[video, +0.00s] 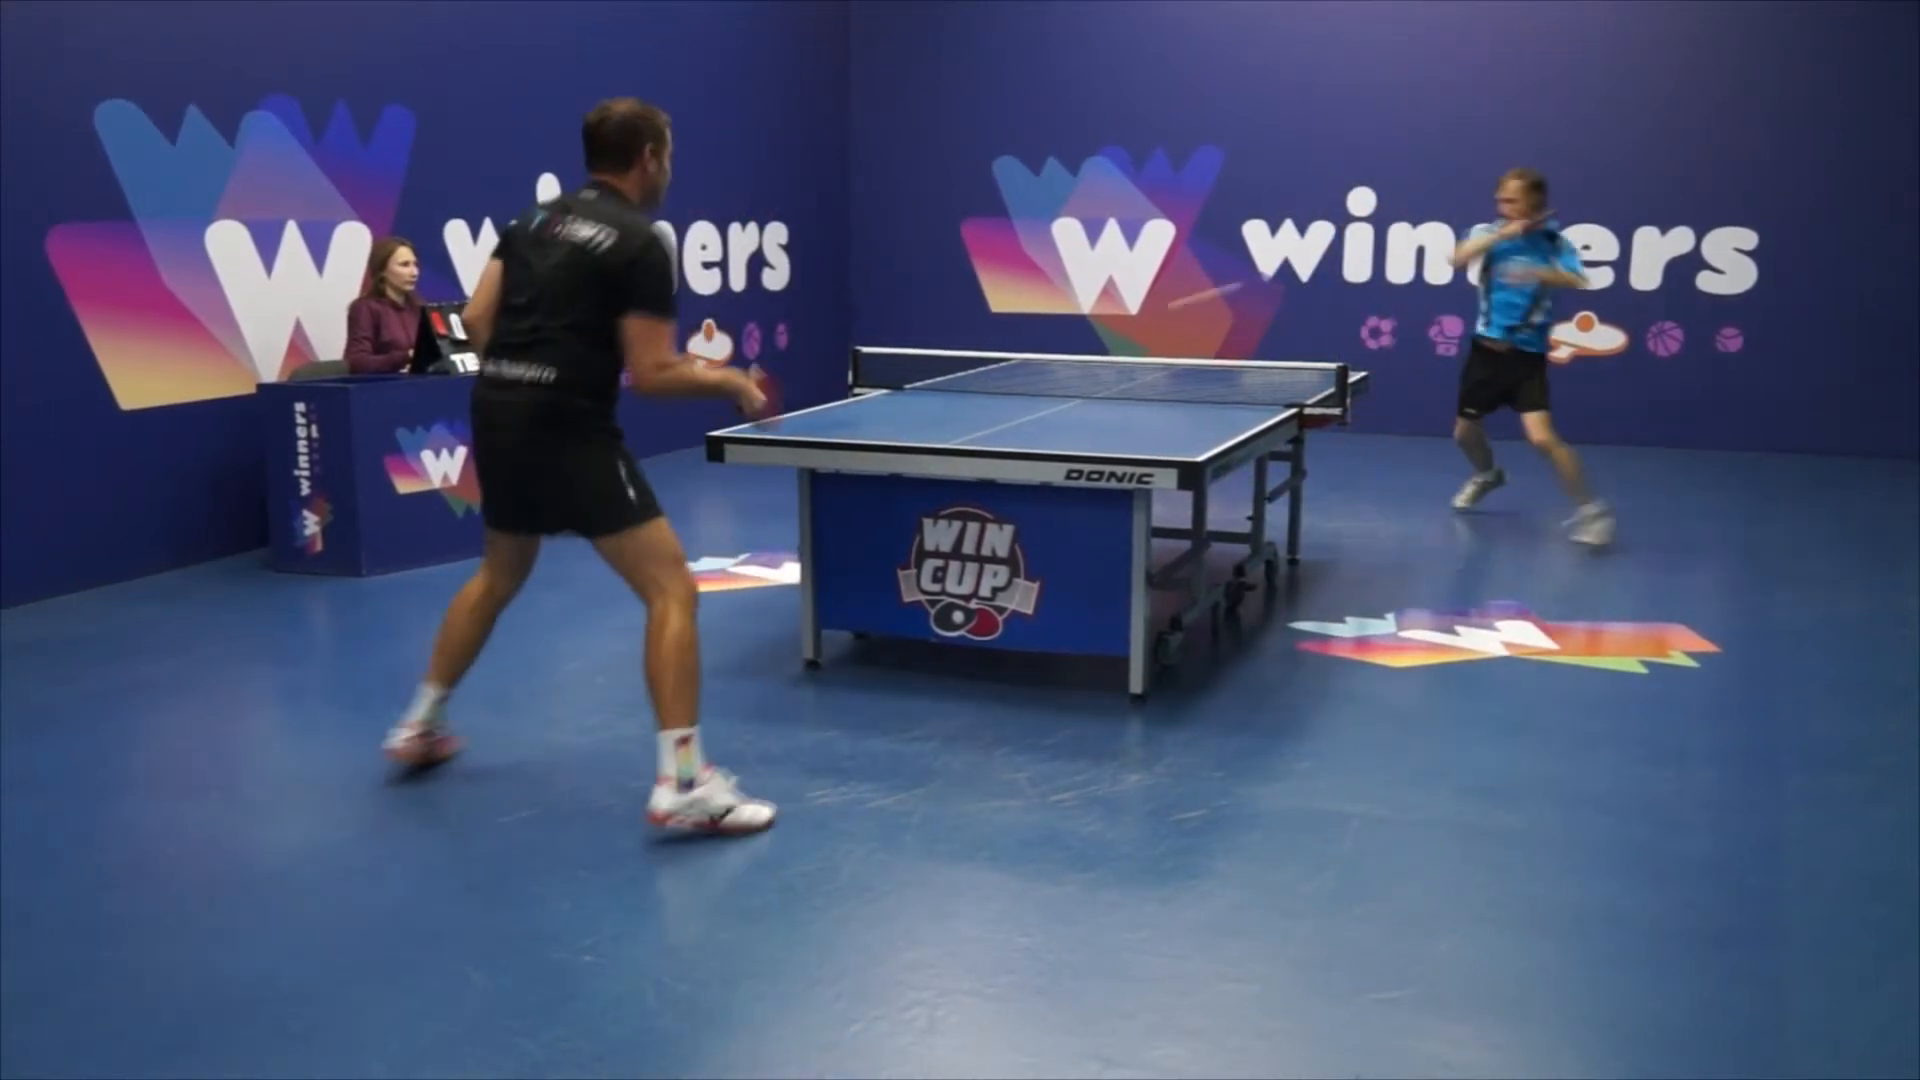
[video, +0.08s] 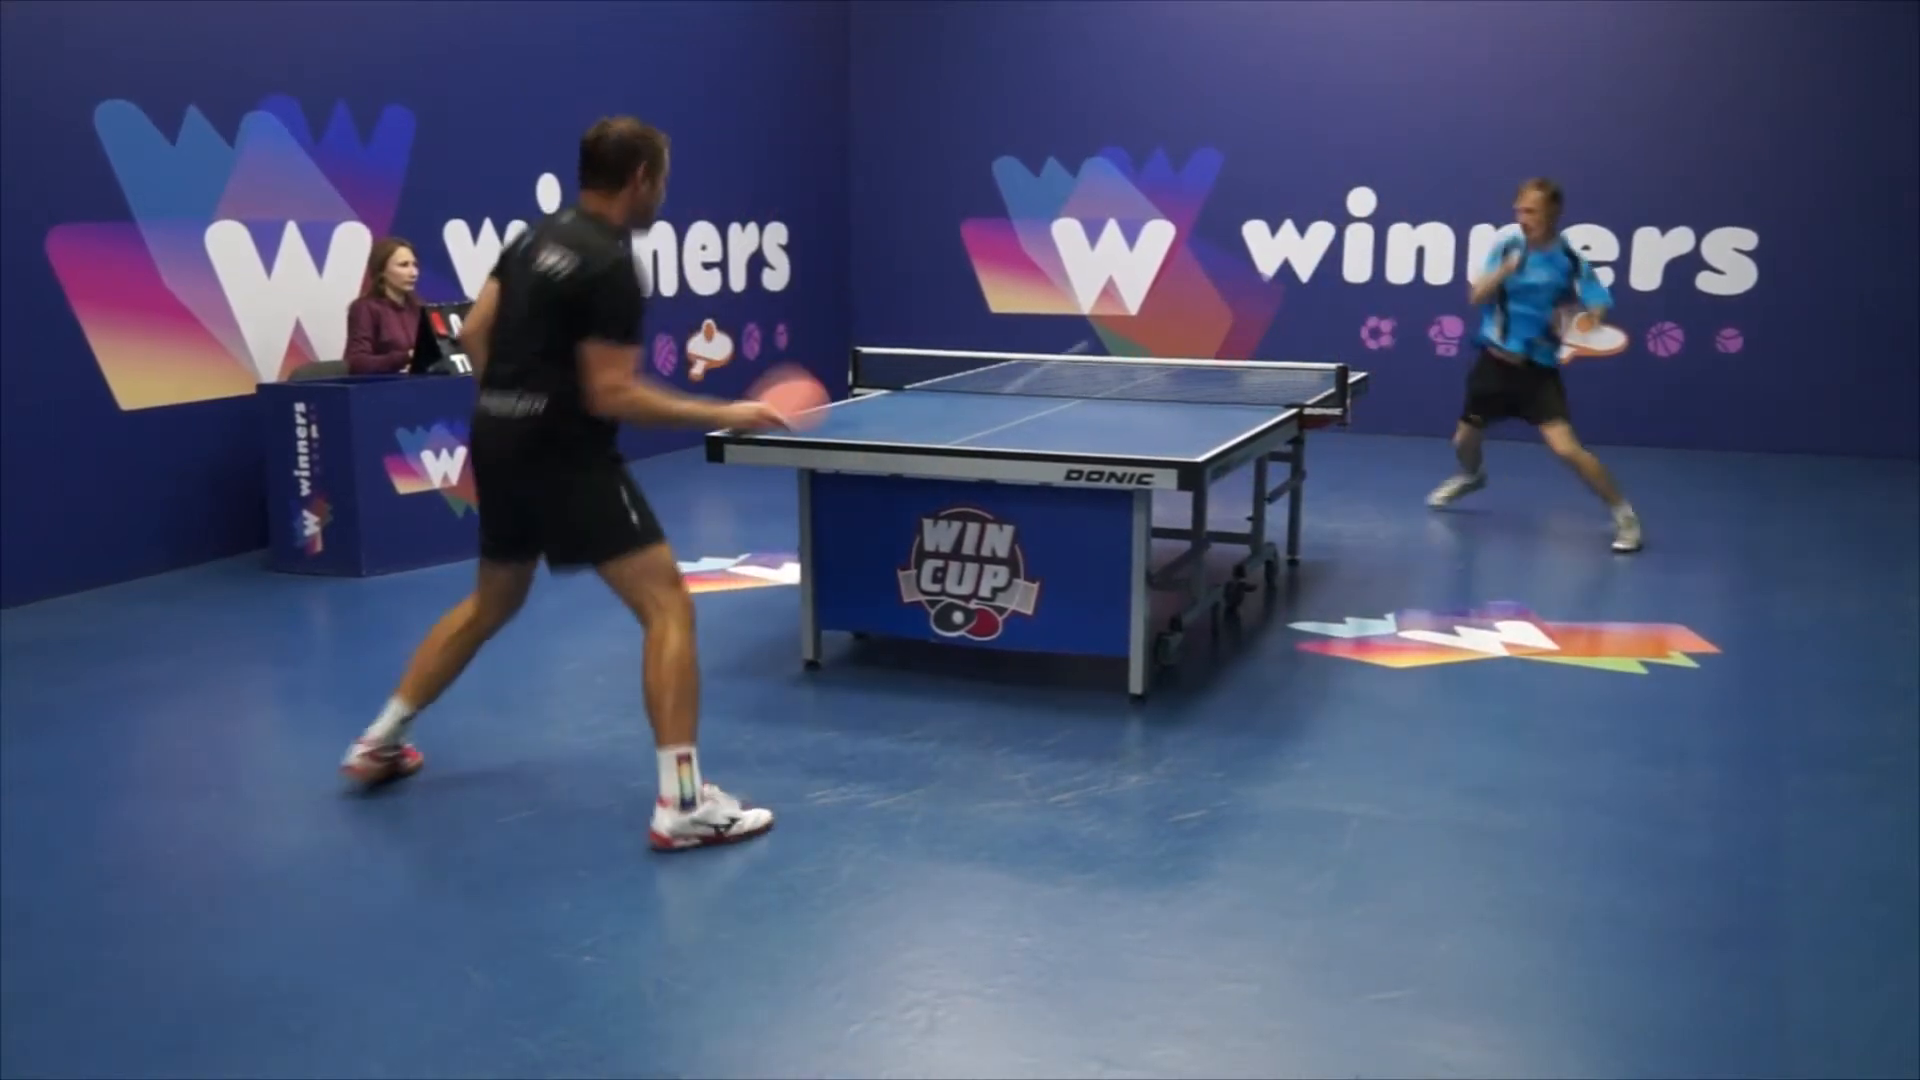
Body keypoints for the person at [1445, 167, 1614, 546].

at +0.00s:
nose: (1507, 210)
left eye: (1514, 203)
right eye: (1503, 202)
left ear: (1537, 205)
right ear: (1498, 203)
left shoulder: (1555, 244)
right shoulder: (1487, 233)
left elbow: (1577, 280)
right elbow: (1458, 259)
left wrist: (1539, 274)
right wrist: (1500, 236)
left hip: (1527, 355)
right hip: (1485, 349)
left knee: (1541, 436)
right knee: (1465, 432)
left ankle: (1589, 509)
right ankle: (1487, 474)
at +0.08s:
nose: (1525, 219)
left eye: (1533, 212)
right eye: (1520, 212)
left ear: (1554, 215)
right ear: (1516, 213)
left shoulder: (1570, 261)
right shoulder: (1506, 247)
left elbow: (1600, 304)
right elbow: (1476, 296)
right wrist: (1502, 272)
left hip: (1539, 370)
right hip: (1493, 360)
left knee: (1565, 448)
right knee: (1464, 440)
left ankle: (1623, 514)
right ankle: (1472, 477)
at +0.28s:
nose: (1501, 215)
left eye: (1509, 208)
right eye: (1497, 207)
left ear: (1529, 212)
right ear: (1493, 210)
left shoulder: (1548, 259)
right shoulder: (1484, 251)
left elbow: (1570, 311)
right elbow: (1453, 291)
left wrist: (1562, 353)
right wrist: (1450, 288)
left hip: (1533, 371)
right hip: (1486, 368)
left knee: (1566, 436)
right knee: (1438, 427)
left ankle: (1613, 513)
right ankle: (1444, 481)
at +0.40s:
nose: (1460, 219)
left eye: (1468, 212)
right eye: (1457, 212)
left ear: (1488, 214)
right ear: (1454, 215)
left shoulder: (1514, 258)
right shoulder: (1453, 260)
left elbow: (1541, 304)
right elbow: (1437, 301)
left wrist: (1522, 352)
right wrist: (1417, 313)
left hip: (1514, 359)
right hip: (1472, 360)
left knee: (1532, 431)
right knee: (1429, 421)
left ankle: (1567, 498)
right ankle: (1408, 477)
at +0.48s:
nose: (1436, 236)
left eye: (1443, 228)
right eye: (1431, 229)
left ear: (1461, 230)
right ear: (1428, 232)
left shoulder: (1481, 270)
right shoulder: (1439, 276)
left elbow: (1505, 318)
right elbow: (1444, 318)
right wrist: (1413, 333)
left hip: (1500, 368)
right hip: (1461, 367)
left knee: (1516, 445)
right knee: (1411, 425)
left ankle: (1568, 506)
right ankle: (1392, 479)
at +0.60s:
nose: (1387, 254)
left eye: (1394, 247)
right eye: (1383, 247)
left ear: (1412, 248)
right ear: (1381, 249)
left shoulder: (1416, 282)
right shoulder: (1409, 281)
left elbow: (1404, 322)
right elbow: (1425, 325)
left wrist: (1384, 328)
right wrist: (1388, 332)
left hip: (1461, 379)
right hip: (1430, 376)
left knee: (1487, 455)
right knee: (1377, 420)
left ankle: (1561, 504)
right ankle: (1378, 483)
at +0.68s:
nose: (1355, 251)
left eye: (1361, 245)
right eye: (1352, 245)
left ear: (1378, 245)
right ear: (1352, 245)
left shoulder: (1380, 272)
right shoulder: (1400, 274)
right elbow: (1442, 317)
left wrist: (1347, 317)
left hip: (1438, 370)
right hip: (1413, 374)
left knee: (1476, 438)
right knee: (1363, 416)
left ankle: (1547, 497)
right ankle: (1377, 482)